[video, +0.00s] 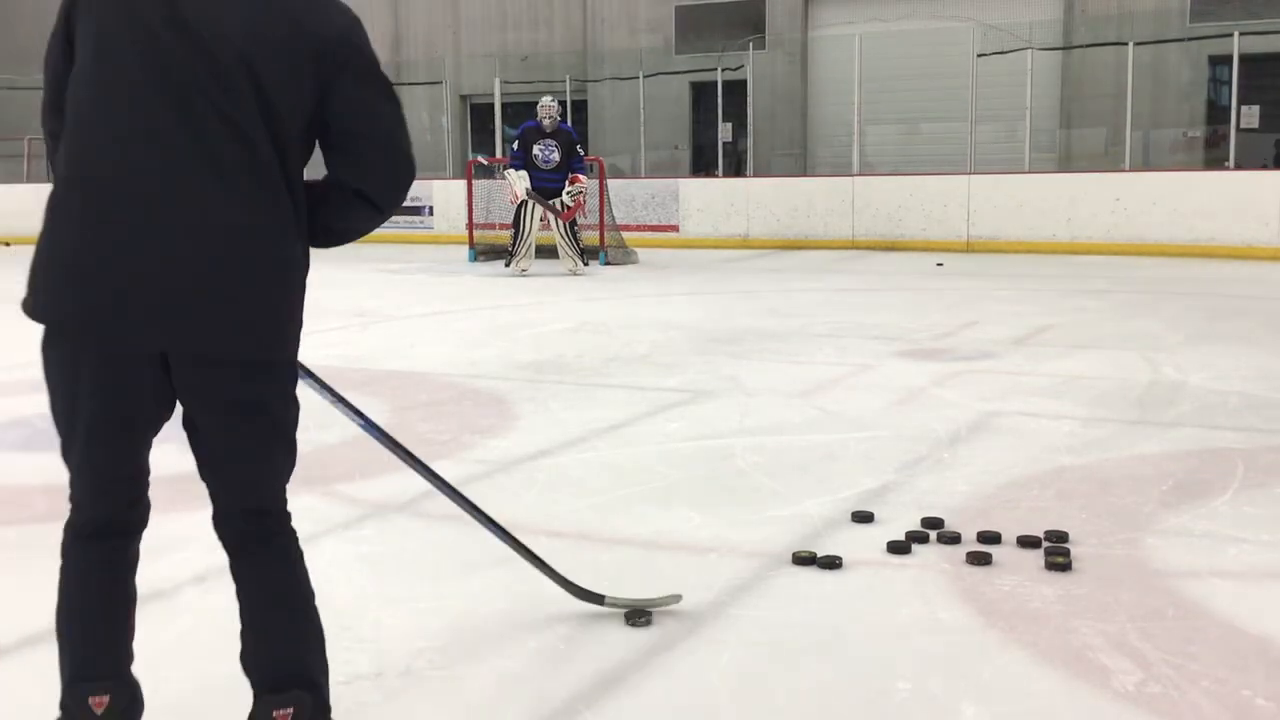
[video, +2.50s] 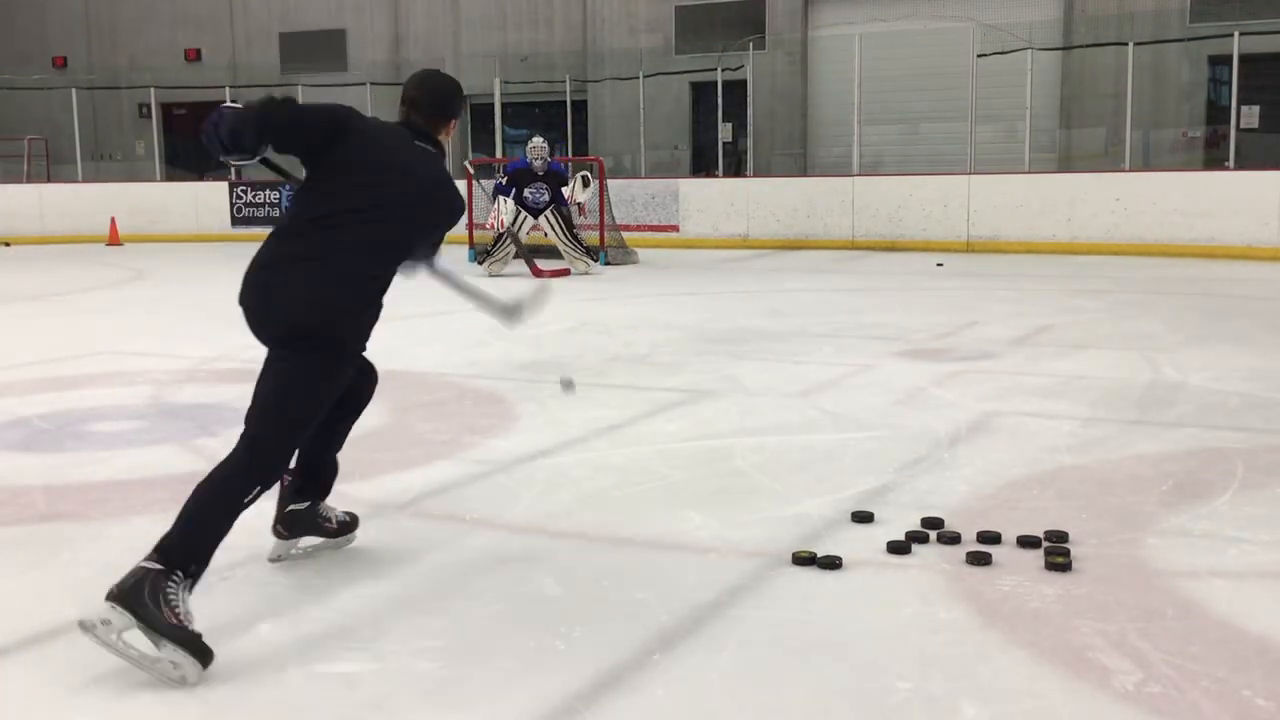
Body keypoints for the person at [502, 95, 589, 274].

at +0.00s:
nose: (547, 113)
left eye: (550, 109)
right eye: (543, 109)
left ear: (557, 111)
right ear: (538, 111)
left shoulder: (567, 133)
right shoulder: (527, 131)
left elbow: (577, 162)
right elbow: (516, 160)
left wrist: (577, 187)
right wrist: (519, 184)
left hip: (559, 191)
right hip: (532, 190)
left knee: (565, 229)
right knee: (525, 228)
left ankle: (576, 265)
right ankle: (520, 265)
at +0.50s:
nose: (546, 127)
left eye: (550, 124)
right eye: (543, 124)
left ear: (556, 121)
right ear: (537, 121)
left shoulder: (567, 138)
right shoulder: (526, 138)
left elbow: (577, 164)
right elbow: (516, 164)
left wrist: (577, 184)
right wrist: (520, 185)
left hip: (560, 194)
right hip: (534, 194)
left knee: (570, 232)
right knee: (526, 231)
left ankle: (583, 265)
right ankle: (515, 266)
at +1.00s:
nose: (550, 137)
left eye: (553, 133)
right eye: (546, 133)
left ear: (559, 129)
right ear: (539, 128)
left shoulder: (566, 144)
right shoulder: (524, 139)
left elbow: (574, 170)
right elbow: (511, 161)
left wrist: (568, 187)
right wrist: (513, 177)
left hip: (557, 195)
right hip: (529, 194)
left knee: (571, 230)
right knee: (516, 229)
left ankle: (584, 264)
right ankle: (505, 265)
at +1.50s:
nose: (536, 133)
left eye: (541, 130)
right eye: (533, 130)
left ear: (546, 131)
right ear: (528, 131)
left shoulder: (556, 149)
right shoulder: (517, 148)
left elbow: (569, 181)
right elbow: (503, 171)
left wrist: (574, 176)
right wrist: (501, 190)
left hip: (552, 197)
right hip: (523, 197)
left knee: (566, 229)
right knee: (511, 231)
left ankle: (578, 263)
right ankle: (501, 264)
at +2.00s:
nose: (539, 155)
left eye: (543, 151)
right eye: (536, 151)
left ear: (548, 151)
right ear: (529, 150)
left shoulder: (557, 166)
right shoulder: (518, 164)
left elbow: (570, 184)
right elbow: (501, 187)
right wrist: (497, 209)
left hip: (549, 205)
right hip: (521, 204)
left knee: (564, 234)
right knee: (507, 234)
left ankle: (584, 264)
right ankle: (491, 265)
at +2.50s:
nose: (538, 155)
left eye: (541, 151)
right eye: (534, 151)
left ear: (547, 152)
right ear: (528, 153)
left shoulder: (556, 170)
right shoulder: (516, 169)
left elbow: (569, 195)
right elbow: (500, 191)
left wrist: (580, 186)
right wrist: (501, 211)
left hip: (549, 209)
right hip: (523, 209)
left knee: (565, 236)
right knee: (510, 237)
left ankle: (584, 263)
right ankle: (491, 265)